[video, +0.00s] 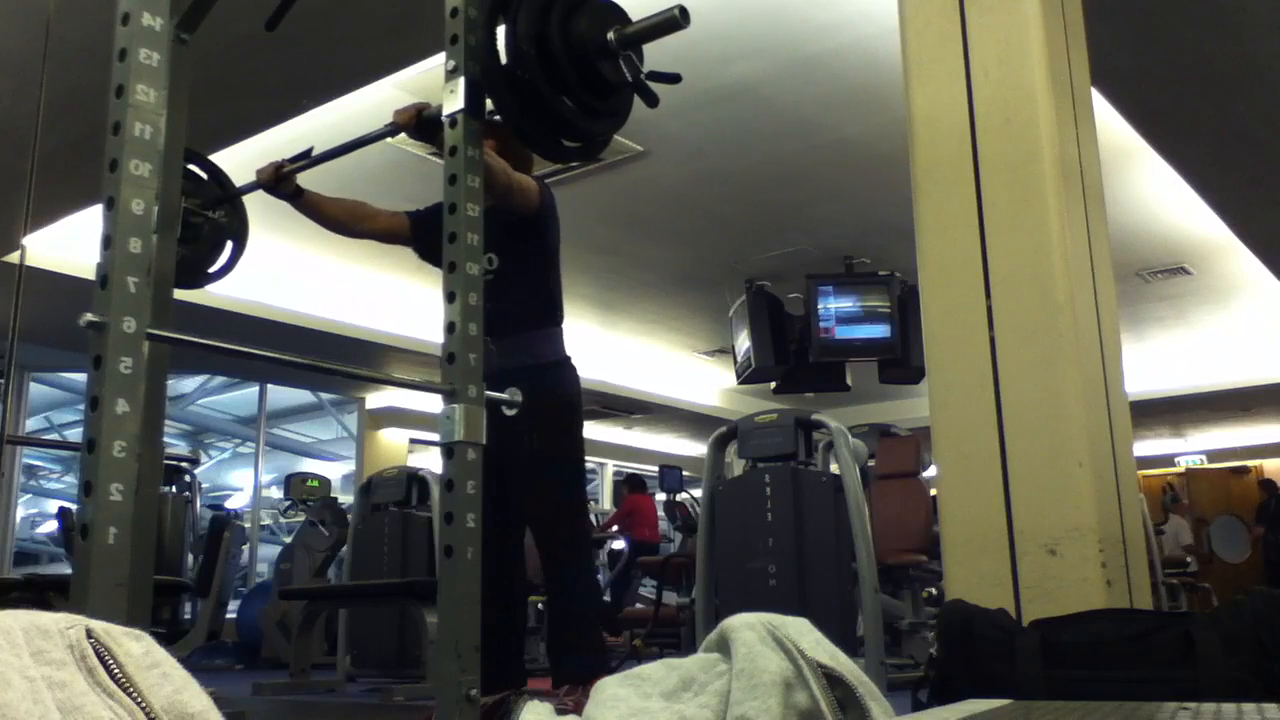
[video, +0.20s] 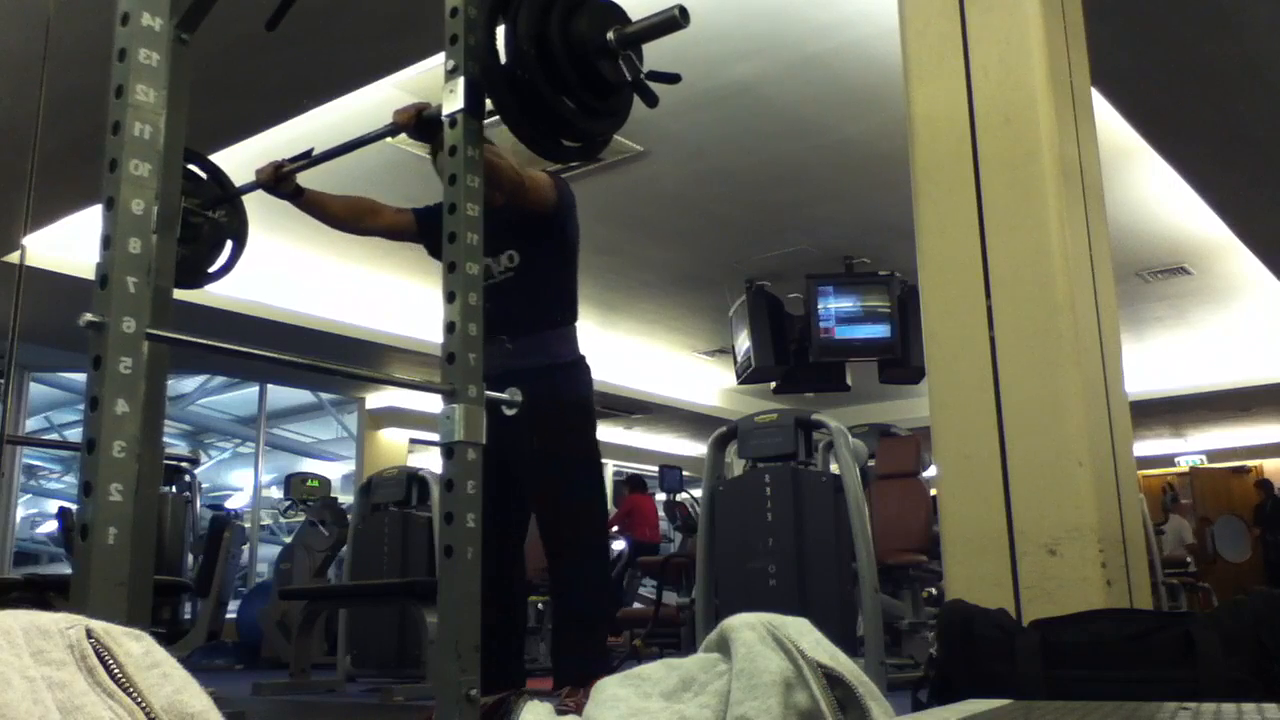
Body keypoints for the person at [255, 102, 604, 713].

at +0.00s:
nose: (471, 150)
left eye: (482, 140)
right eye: (466, 143)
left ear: (509, 146)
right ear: (461, 155)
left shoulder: (534, 202)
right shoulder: (454, 218)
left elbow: (502, 182)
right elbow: (369, 219)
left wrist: (440, 135)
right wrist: (294, 192)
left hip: (542, 388)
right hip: (481, 393)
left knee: (558, 536)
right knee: (489, 542)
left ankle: (575, 682)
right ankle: (498, 683)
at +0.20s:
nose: (460, 170)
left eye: (466, 159)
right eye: (452, 165)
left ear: (488, 151)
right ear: (449, 170)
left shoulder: (551, 200)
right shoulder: (455, 219)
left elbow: (508, 183)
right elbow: (373, 216)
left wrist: (440, 136)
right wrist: (296, 192)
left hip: (552, 389)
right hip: (484, 395)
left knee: (572, 542)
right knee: (488, 549)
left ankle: (578, 687)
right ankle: (497, 688)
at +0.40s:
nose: (471, 168)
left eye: (478, 152)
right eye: (462, 160)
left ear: (502, 145)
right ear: (456, 164)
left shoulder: (556, 196)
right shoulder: (460, 220)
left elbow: (512, 178)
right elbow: (374, 218)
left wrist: (440, 134)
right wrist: (296, 192)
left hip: (563, 389)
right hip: (497, 397)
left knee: (587, 548)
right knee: (494, 553)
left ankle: (579, 689)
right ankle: (496, 690)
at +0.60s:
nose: (466, 154)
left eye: (475, 140)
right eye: (460, 148)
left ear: (506, 142)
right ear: (455, 159)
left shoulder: (547, 200)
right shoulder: (456, 225)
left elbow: (511, 183)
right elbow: (369, 222)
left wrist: (440, 133)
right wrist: (296, 193)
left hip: (553, 390)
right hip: (487, 399)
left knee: (575, 543)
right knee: (492, 552)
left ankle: (578, 687)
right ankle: (499, 689)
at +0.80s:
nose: (469, 157)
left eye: (479, 146)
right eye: (463, 151)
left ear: (507, 152)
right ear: (456, 160)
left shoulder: (536, 208)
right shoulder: (453, 225)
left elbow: (501, 182)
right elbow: (365, 226)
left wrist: (440, 133)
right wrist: (294, 193)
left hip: (542, 388)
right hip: (480, 394)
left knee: (561, 536)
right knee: (489, 544)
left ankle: (578, 681)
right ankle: (499, 685)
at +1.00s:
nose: (469, 164)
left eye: (478, 152)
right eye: (462, 156)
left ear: (508, 152)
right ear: (457, 163)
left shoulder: (539, 209)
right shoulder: (455, 226)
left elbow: (503, 181)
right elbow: (366, 222)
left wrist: (440, 134)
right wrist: (294, 193)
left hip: (539, 389)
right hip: (477, 395)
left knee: (561, 538)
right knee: (486, 547)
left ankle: (578, 685)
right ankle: (498, 686)